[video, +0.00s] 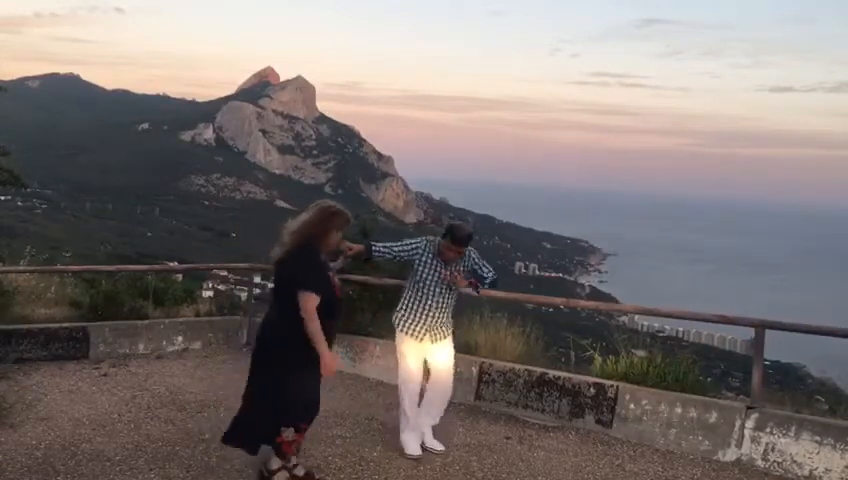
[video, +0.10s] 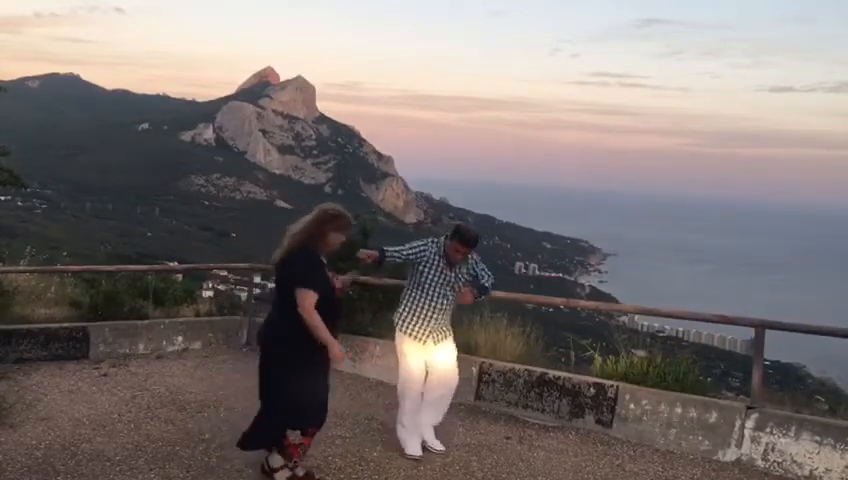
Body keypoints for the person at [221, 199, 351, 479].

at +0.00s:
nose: (340, 239)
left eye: (341, 233)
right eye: (338, 233)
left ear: (314, 225)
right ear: (326, 231)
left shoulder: (296, 254)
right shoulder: (310, 262)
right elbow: (308, 313)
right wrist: (325, 353)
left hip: (280, 339)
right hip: (297, 344)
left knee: (287, 399)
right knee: (304, 404)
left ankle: (279, 457)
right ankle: (283, 461)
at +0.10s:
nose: (341, 241)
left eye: (343, 236)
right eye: (339, 235)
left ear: (321, 230)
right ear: (325, 230)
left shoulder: (298, 254)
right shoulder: (309, 260)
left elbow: (300, 293)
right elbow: (306, 308)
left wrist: (332, 284)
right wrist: (330, 342)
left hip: (284, 340)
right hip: (301, 344)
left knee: (286, 400)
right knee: (313, 408)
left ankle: (277, 457)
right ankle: (286, 464)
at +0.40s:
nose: (349, 239)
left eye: (350, 234)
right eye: (346, 232)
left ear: (330, 229)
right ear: (329, 226)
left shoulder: (324, 258)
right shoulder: (302, 248)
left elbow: (320, 300)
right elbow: (299, 283)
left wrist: (342, 323)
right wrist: (342, 278)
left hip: (311, 346)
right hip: (286, 346)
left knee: (305, 406)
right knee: (287, 406)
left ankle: (295, 462)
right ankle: (282, 465)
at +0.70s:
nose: (346, 237)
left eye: (349, 232)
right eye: (341, 230)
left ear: (352, 235)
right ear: (325, 228)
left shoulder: (346, 264)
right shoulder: (301, 254)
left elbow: (361, 293)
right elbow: (293, 290)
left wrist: (397, 310)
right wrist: (339, 297)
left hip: (327, 347)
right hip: (289, 347)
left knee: (332, 411)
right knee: (290, 411)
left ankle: (313, 458)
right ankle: (284, 466)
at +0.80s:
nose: (347, 233)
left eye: (351, 228)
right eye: (341, 226)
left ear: (355, 231)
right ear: (327, 224)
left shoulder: (352, 263)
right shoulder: (304, 252)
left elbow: (379, 284)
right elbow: (295, 294)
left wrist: (425, 287)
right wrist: (331, 316)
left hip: (333, 348)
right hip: (296, 345)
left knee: (328, 408)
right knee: (294, 407)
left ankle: (320, 467)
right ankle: (287, 467)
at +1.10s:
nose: (360, 235)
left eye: (361, 230)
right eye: (353, 229)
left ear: (361, 232)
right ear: (335, 229)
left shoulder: (363, 261)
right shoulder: (313, 260)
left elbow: (392, 276)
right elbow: (302, 303)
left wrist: (432, 271)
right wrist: (312, 329)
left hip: (351, 352)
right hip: (315, 350)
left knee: (343, 413)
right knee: (308, 410)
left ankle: (326, 470)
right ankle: (295, 469)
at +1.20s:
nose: (363, 236)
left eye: (365, 230)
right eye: (357, 230)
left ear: (366, 233)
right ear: (339, 230)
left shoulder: (367, 261)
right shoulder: (317, 260)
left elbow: (394, 284)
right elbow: (304, 292)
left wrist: (435, 286)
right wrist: (313, 307)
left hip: (353, 345)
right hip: (316, 346)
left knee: (346, 402)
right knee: (316, 401)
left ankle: (333, 462)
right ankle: (307, 460)